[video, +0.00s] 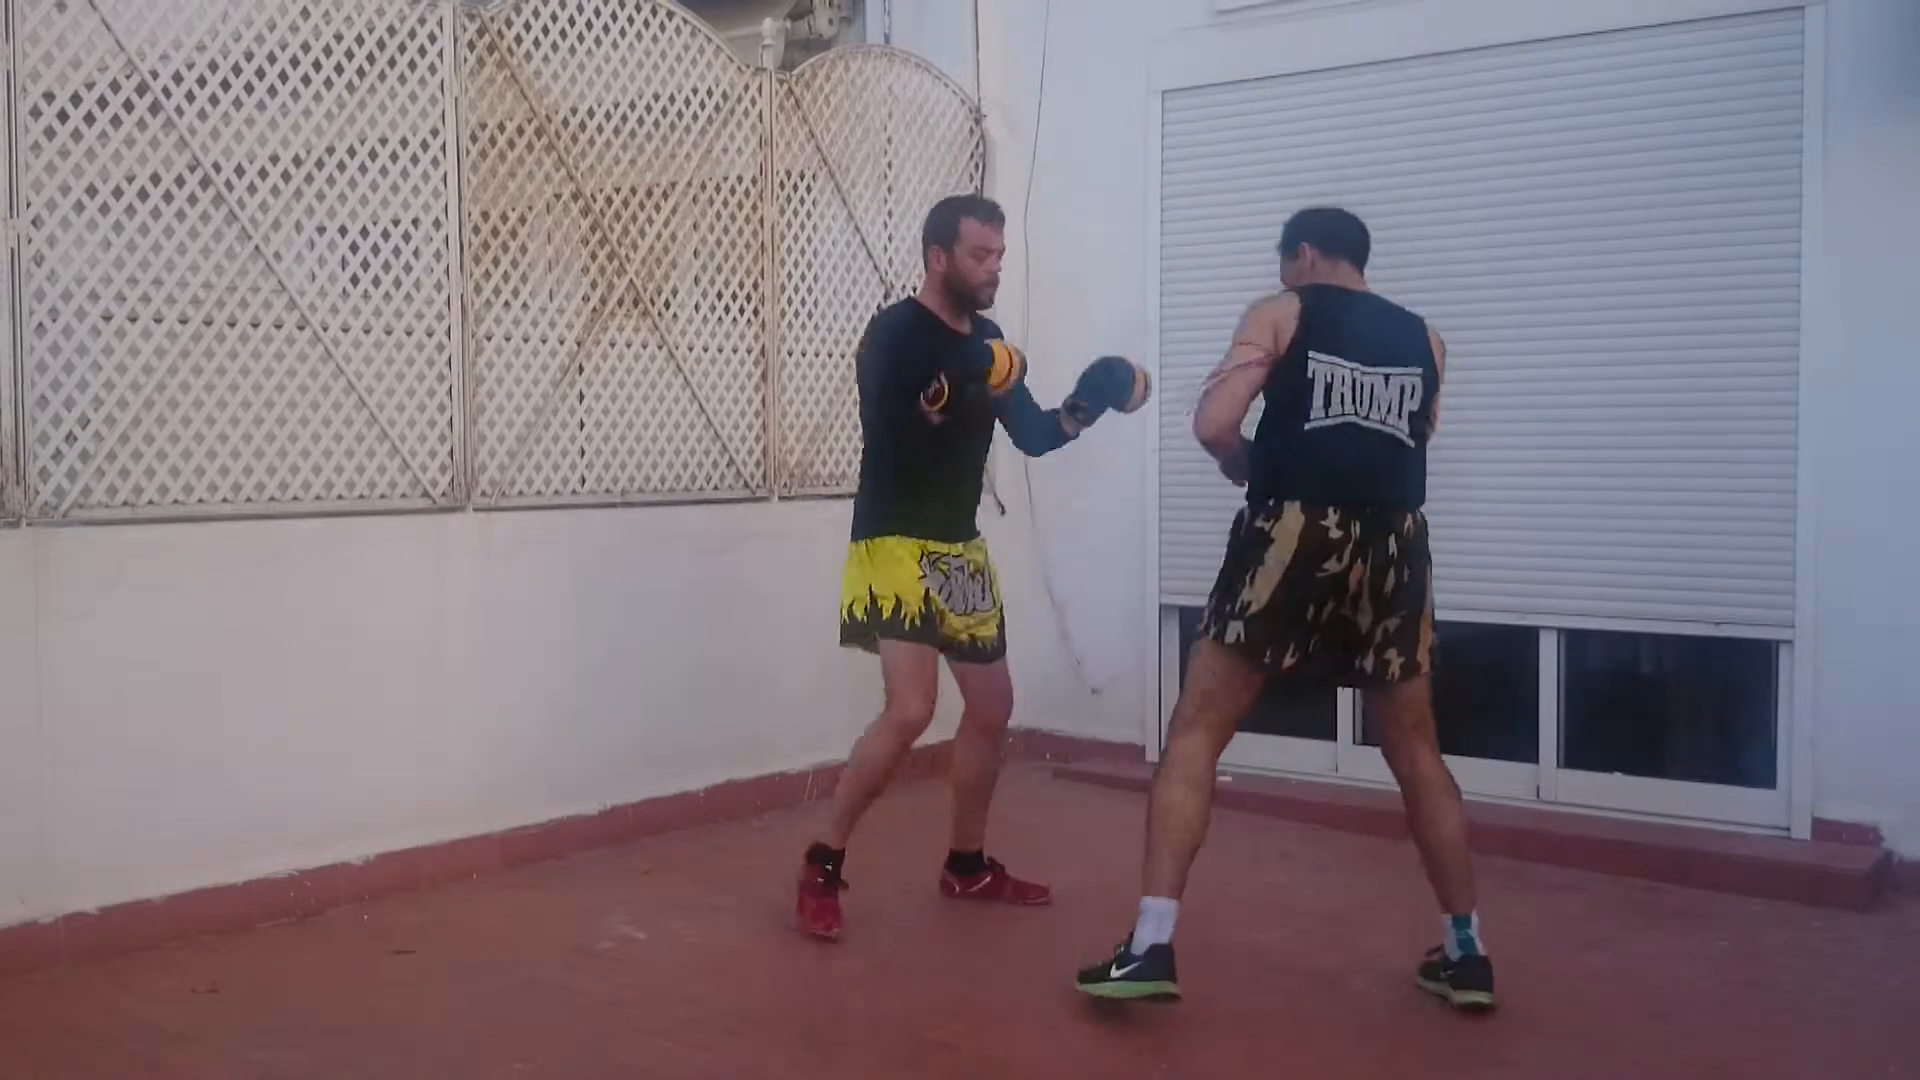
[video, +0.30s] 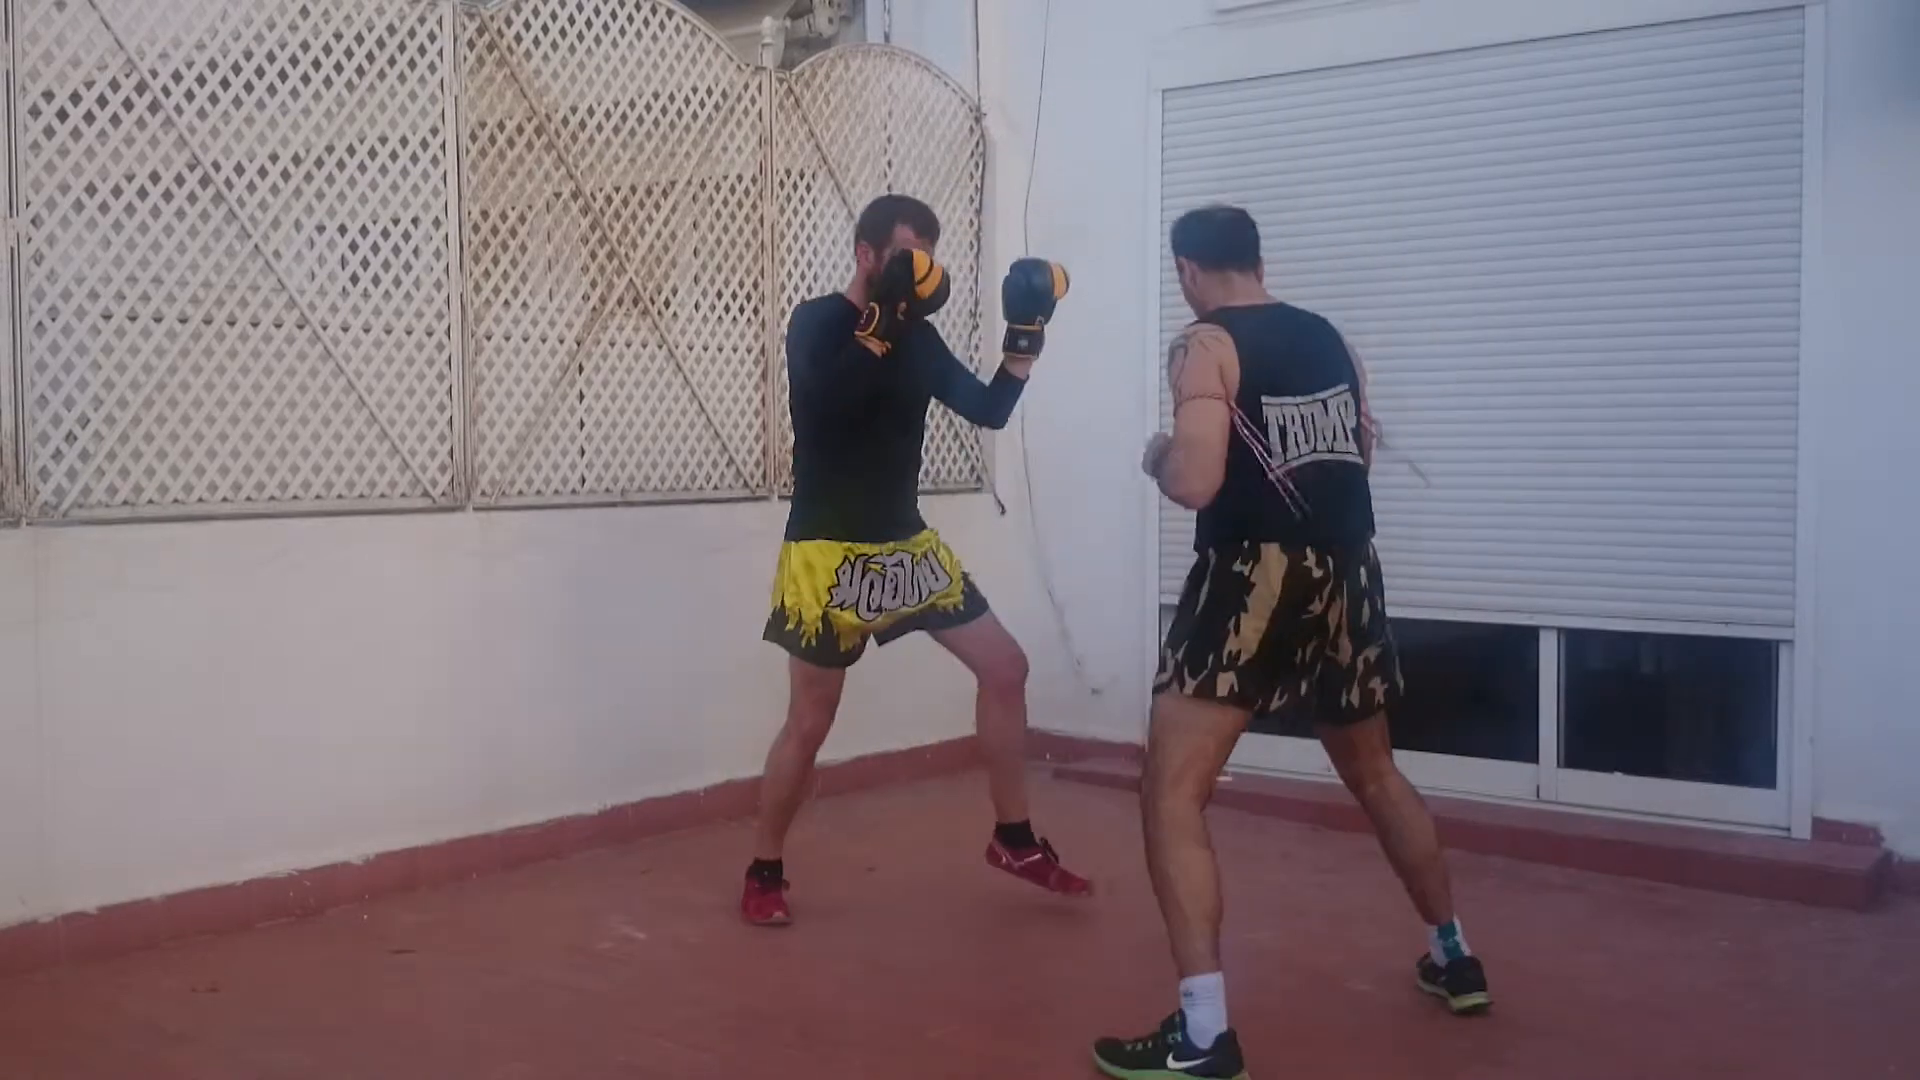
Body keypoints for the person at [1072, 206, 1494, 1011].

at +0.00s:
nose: (1282, 280)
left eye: (1283, 267)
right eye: (1283, 270)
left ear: (1307, 255)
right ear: (1362, 260)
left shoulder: (1283, 310)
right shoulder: (1428, 341)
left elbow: (1212, 423)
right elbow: (1415, 441)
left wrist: (1248, 468)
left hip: (1291, 536)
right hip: (1396, 546)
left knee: (1198, 732)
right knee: (1415, 747)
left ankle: (1149, 948)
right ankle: (1467, 951)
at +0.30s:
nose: (1181, 289)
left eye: (1179, 276)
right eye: (1184, 276)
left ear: (1190, 272)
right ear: (1259, 265)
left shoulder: (1207, 345)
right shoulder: (1326, 336)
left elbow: (1194, 483)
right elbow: (1361, 453)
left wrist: (1161, 450)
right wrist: (1259, 426)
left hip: (1249, 580)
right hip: (1347, 580)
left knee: (1172, 792)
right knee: (1377, 775)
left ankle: (1203, 1031)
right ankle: (1454, 954)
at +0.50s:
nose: (1113, 253)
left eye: (1110, 240)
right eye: (1121, 240)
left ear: (1121, 239)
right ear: (1192, 230)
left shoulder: (1129, 316)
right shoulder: (1254, 303)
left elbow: (1087, 458)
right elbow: (1254, 410)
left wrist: (1095, 374)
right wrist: (1147, 350)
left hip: (1196, 549)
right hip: (1287, 539)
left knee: (1176, 781)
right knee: (1280, 751)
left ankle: (1206, 1031)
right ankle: (1332, 951)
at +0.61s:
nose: (1091, 249)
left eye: (1088, 236)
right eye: (1105, 233)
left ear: (1092, 235)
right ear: (1169, 227)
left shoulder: (1093, 315)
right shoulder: (1222, 301)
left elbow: (1041, 457)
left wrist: (1041, 367)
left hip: (1164, 548)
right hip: (1257, 539)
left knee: (1172, 785)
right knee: (1222, 765)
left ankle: (1205, 1032)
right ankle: (1216, 967)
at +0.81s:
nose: (1076, 252)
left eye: (1073, 239)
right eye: (1100, 243)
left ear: (1071, 239)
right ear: (1149, 248)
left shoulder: (1040, 310)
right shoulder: (1196, 326)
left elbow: (986, 448)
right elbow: (1249, 459)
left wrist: (1029, 387)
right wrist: (1196, 397)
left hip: (1079, 557)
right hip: (1174, 560)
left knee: (1059, 776)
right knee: (1136, 764)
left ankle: (1172, 984)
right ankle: (1118, 968)